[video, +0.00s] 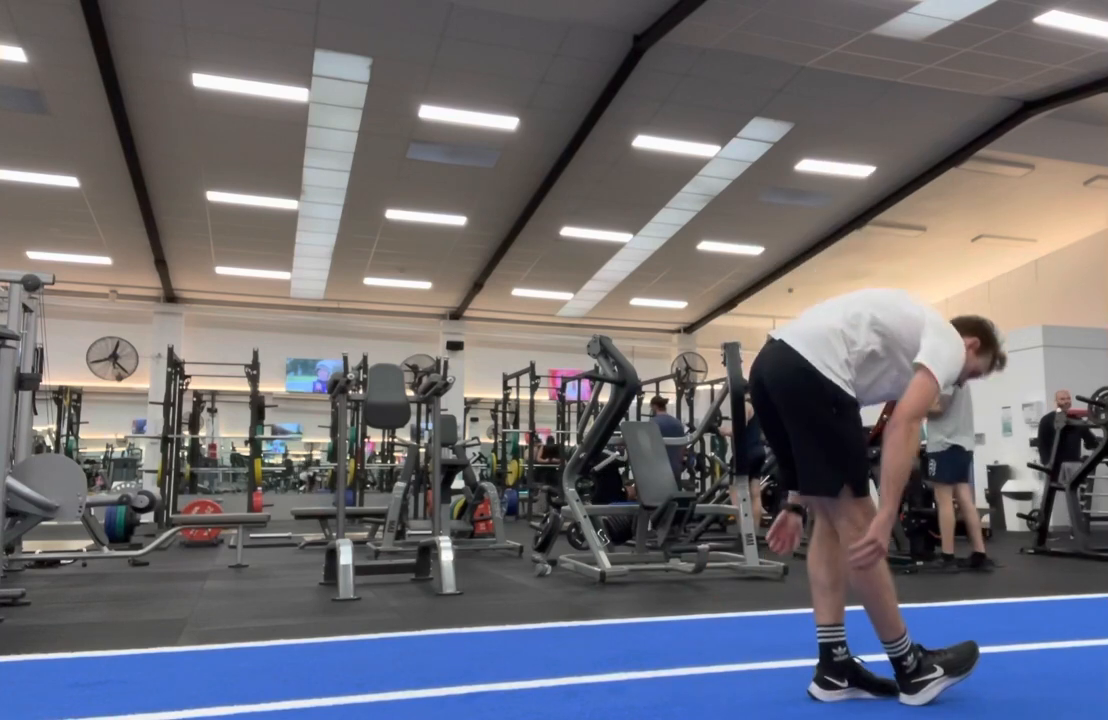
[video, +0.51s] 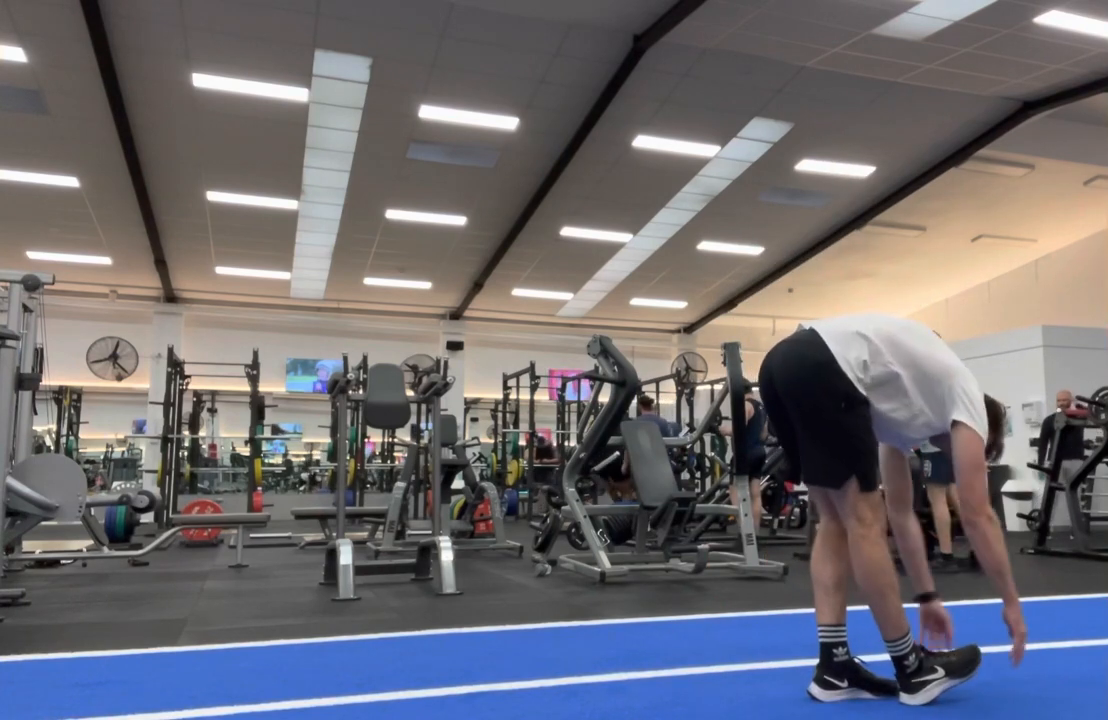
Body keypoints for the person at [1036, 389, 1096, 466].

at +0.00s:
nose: (1066, 402)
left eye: (1068, 398)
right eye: (1062, 399)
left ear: (1071, 400)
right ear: (1056, 401)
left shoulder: (1076, 419)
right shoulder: (1047, 420)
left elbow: (1090, 441)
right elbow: (1042, 443)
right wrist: (1046, 462)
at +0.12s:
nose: (1067, 402)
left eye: (1069, 398)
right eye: (1063, 399)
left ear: (1072, 400)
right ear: (1057, 401)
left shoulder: (1078, 419)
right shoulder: (1048, 420)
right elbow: (1043, 442)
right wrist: (1045, 462)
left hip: (1074, 463)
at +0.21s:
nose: (1065, 403)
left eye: (1068, 399)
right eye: (1062, 400)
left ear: (1073, 401)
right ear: (1059, 401)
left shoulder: (1080, 419)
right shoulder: (1049, 419)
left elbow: (1081, 442)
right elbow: (1042, 443)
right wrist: (1042, 463)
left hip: (1075, 463)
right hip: (1055, 463)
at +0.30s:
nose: (1066, 403)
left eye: (1068, 399)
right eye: (1063, 400)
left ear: (1073, 400)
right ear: (1058, 402)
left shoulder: (1081, 418)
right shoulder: (1050, 419)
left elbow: (1081, 441)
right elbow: (1042, 442)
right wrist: (1041, 464)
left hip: (1076, 462)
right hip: (1056, 463)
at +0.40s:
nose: (1063, 403)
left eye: (1067, 400)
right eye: (1061, 400)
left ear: (1072, 401)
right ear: (1057, 402)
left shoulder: (1080, 419)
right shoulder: (1050, 420)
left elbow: (1081, 441)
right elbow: (1043, 443)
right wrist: (1040, 463)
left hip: (1076, 461)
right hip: (1056, 462)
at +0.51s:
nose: (1061, 403)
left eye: (1064, 400)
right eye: (1059, 400)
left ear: (1070, 401)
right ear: (1056, 402)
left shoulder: (1079, 419)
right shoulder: (1049, 421)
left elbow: (1079, 441)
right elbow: (1043, 444)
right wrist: (1040, 464)